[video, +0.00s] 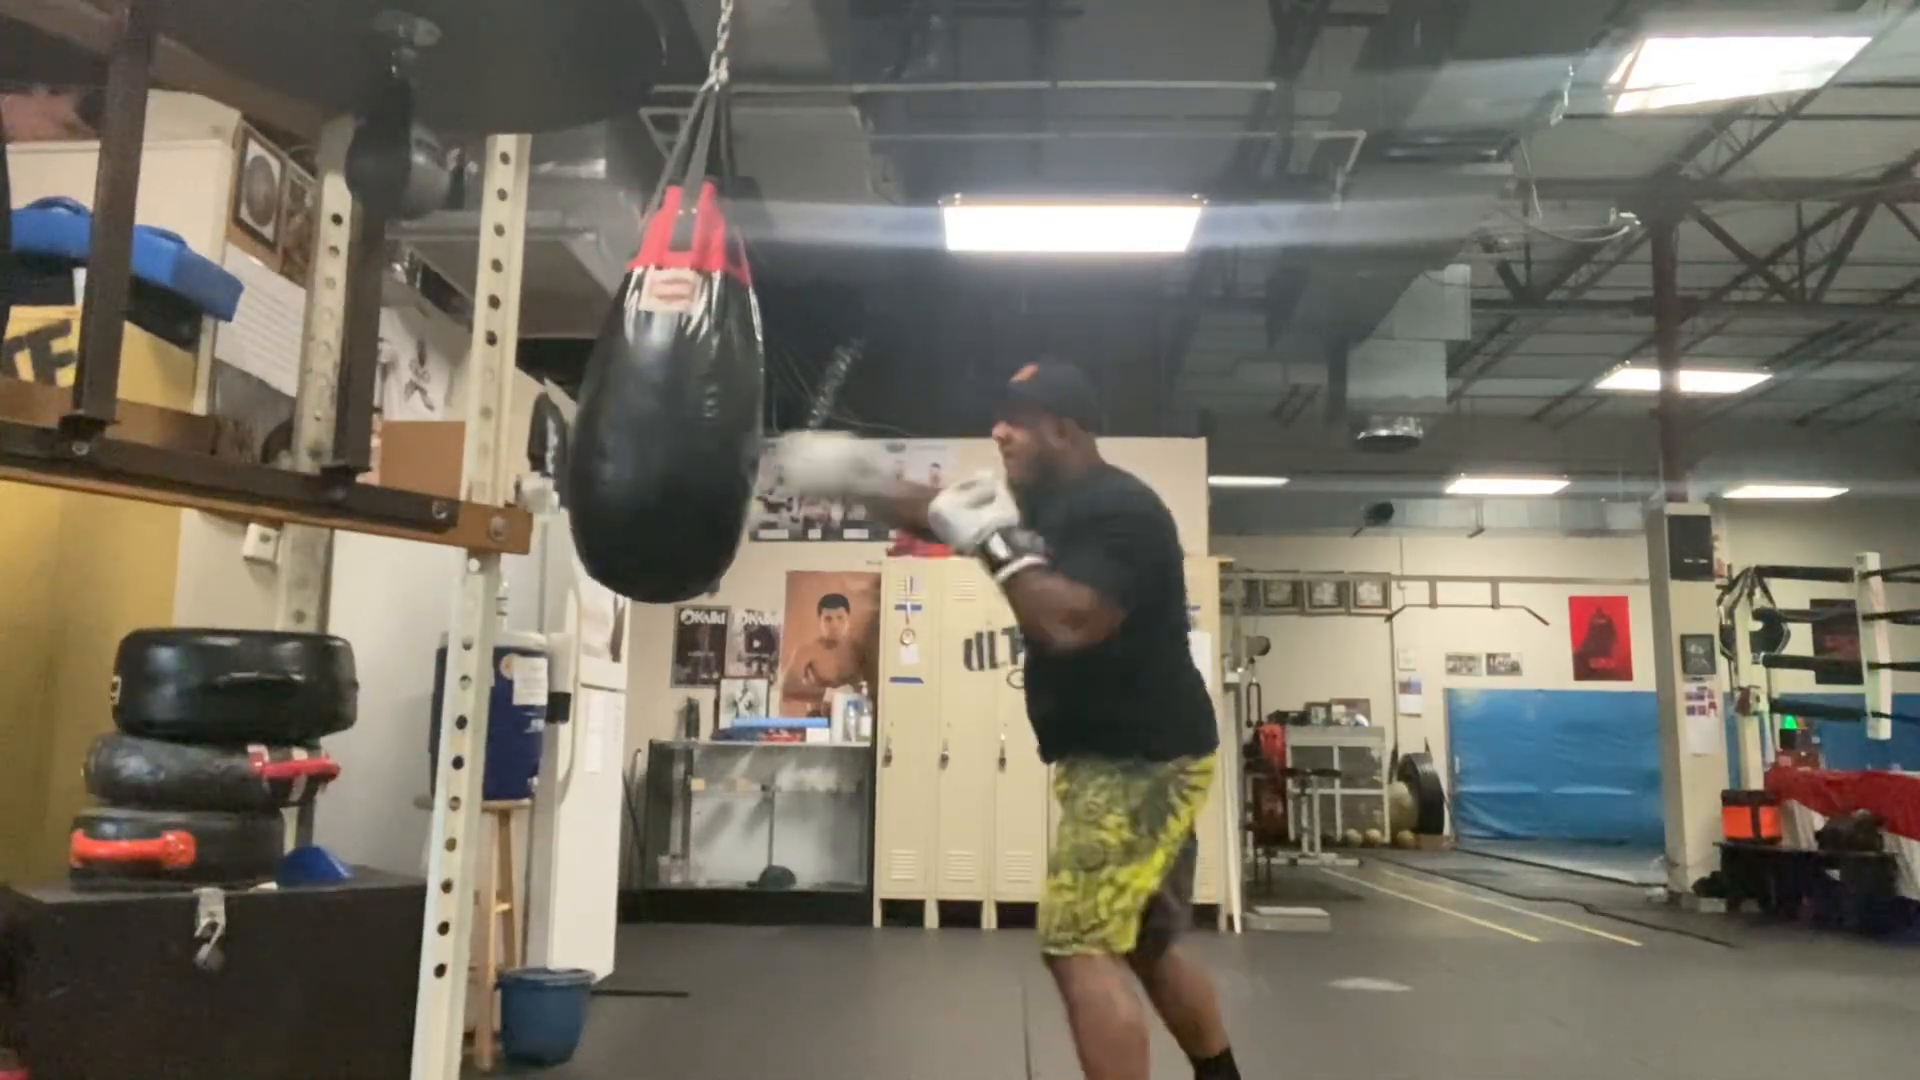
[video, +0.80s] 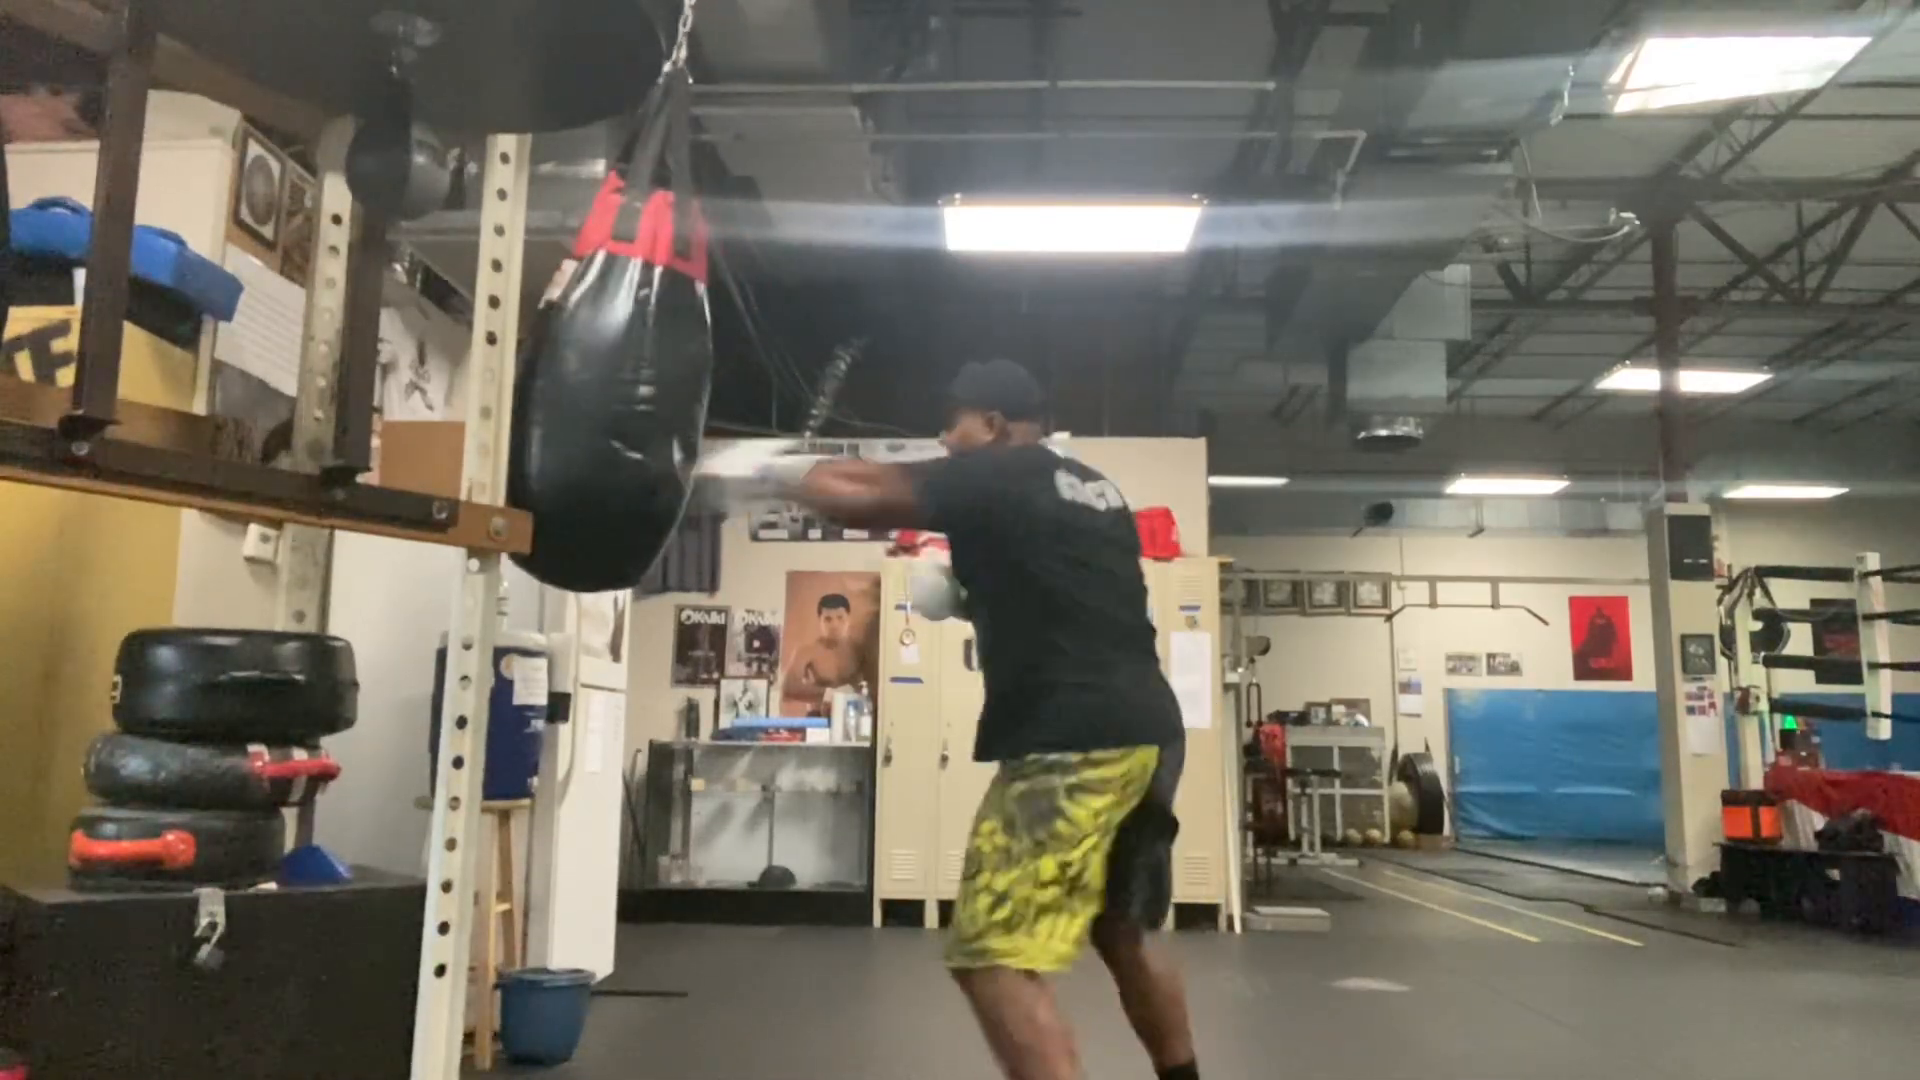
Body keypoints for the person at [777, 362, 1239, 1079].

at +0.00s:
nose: (999, 437)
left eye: (1015, 424)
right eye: (1001, 423)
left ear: (1066, 433)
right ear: (1058, 433)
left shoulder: (1119, 510)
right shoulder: (1047, 503)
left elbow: (1072, 623)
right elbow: (955, 514)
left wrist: (995, 542)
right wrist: (863, 484)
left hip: (1141, 757)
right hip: (1109, 754)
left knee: (1078, 944)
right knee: (1149, 946)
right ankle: (1219, 1072)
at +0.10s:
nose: (1000, 444)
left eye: (1016, 432)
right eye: (1002, 431)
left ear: (1066, 439)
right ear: (1052, 440)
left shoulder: (1128, 511)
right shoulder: (1049, 511)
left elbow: (1092, 612)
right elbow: (959, 552)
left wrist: (1009, 536)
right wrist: (876, 531)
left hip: (1141, 759)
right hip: (1117, 757)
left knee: (1077, 945)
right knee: (1141, 947)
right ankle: (1217, 1072)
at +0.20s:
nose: (994, 427)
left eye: (1006, 412)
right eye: (998, 413)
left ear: (1049, 420)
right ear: (1054, 424)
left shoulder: (1087, 484)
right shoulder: (1088, 494)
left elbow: (1069, 556)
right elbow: (1079, 613)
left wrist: (980, 509)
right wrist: (985, 603)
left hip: (1111, 750)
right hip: (1155, 744)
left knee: (1045, 948)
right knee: (1156, 937)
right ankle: (1220, 1071)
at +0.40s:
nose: (996, 438)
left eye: (1003, 423)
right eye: (997, 423)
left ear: (1044, 425)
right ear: (1072, 429)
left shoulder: (1040, 491)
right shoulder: (1142, 502)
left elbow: (938, 562)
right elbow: (1044, 559)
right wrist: (955, 523)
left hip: (1103, 753)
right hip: (1170, 745)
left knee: (1032, 963)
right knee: (1159, 941)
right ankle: (1217, 1074)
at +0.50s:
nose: (985, 427)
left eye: (999, 413)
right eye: (990, 412)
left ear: (1047, 423)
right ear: (1048, 425)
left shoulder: (1089, 498)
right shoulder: (1052, 495)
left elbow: (1034, 619)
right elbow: (983, 522)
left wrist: (954, 556)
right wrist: (917, 492)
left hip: (1121, 754)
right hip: (1103, 753)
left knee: (1061, 947)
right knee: (1136, 946)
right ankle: (1211, 1073)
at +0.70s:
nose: (959, 420)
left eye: (972, 406)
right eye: (962, 406)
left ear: (1021, 413)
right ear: (1015, 416)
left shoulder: (1065, 479)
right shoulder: (1018, 496)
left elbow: (1051, 564)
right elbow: (969, 588)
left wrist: (963, 519)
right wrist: (914, 568)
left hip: (1093, 748)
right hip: (1114, 744)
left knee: (1046, 953)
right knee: (1142, 946)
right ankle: (1206, 1074)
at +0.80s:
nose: (949, 446)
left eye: (957, 431)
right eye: (949, 432)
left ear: (1002, 425)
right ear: (1033, 427)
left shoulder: (997, 478)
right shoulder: (1096, 487)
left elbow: (860, 492)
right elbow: (1062, 593)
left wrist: (761, 476)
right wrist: (965, 596)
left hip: (1072, 738)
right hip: (1149, 734)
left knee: (989, 954)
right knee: (1124, 930)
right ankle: (1182, 1074)